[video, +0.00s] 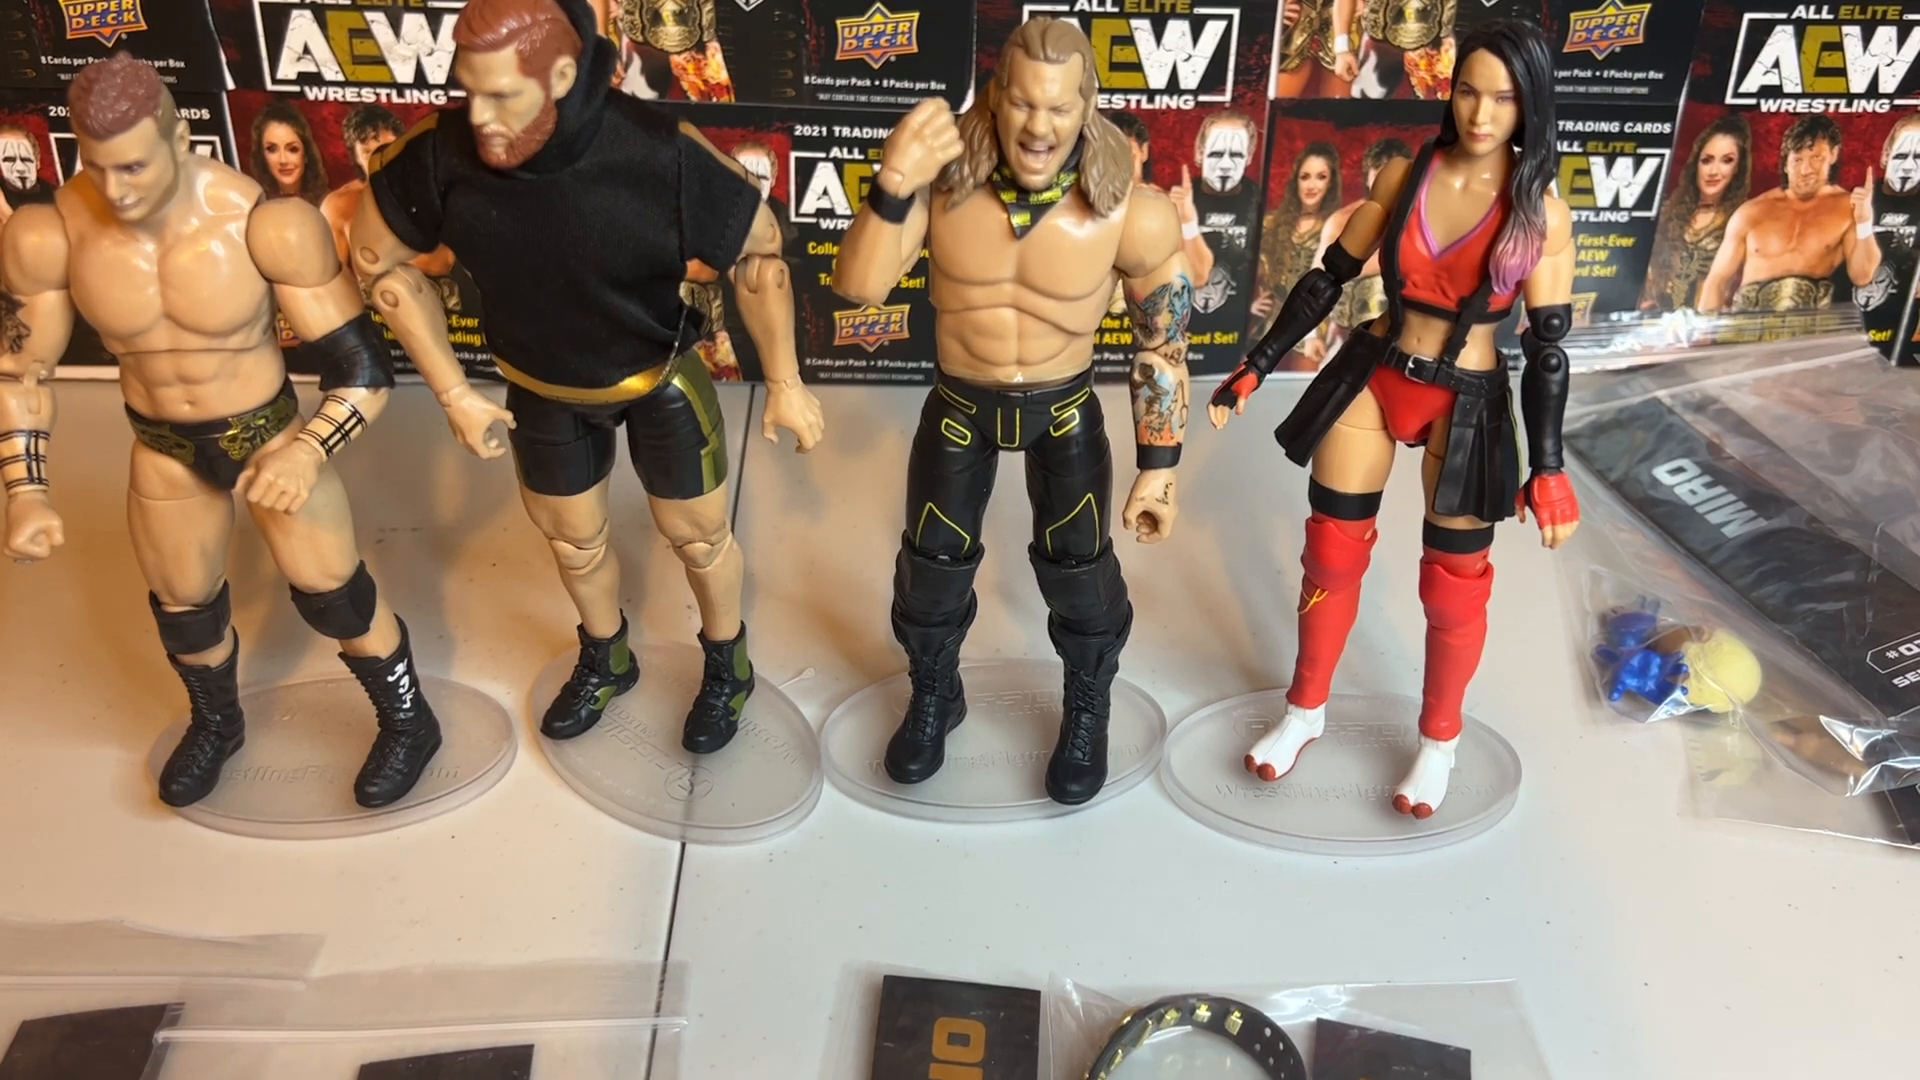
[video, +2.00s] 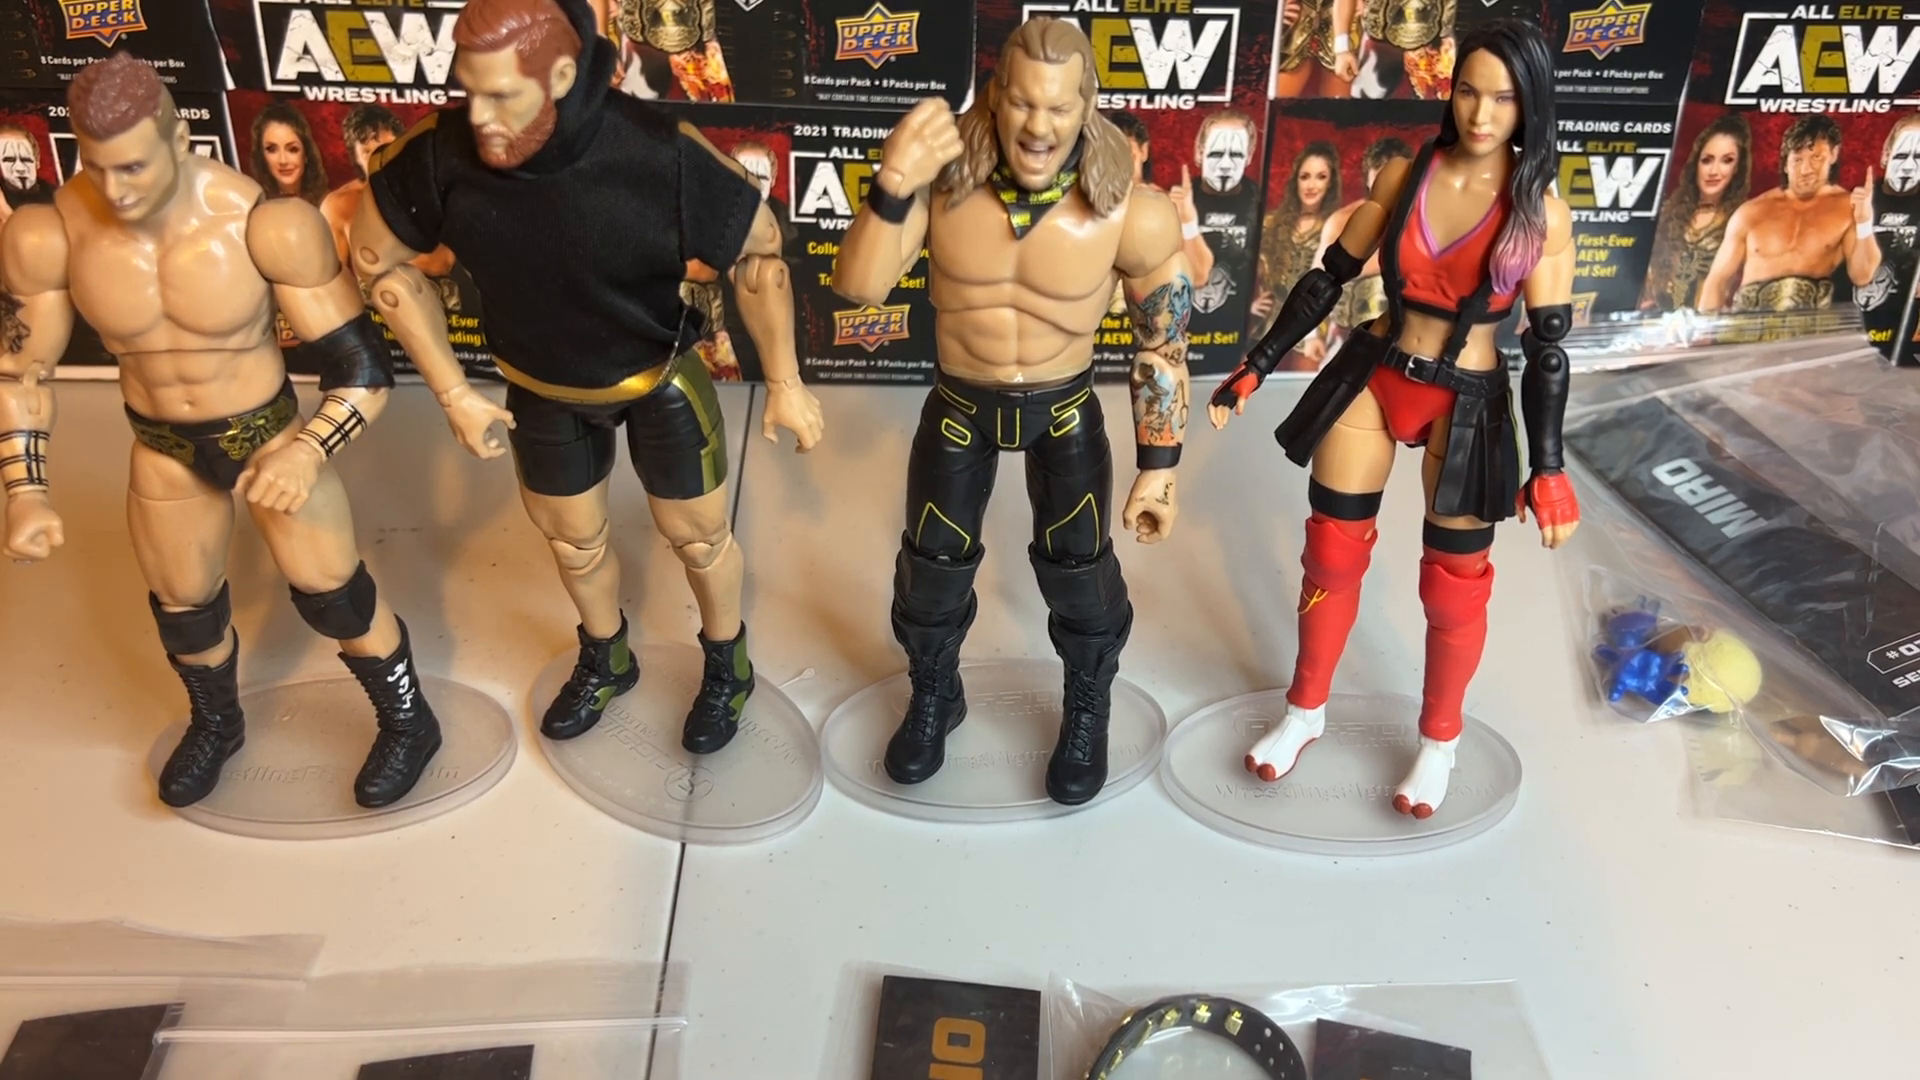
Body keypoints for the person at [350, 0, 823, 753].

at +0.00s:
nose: (480, 118)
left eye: (502, 96)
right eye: (468, 95)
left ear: (564, 76)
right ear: (456, 80)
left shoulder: (652, 153)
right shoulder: (443, 158)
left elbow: (756, 245)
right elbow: (373, 251)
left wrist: (784, 381)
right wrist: (453, 392)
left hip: (661, 382)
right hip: (543, 394)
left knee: (700, 541)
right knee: (575, 546)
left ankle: (726, 666)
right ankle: (607, 660)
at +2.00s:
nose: (480, 119)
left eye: (502, 96)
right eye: (468, 95)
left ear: (563, 76)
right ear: (456, 81)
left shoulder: (653, 155)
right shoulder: (442, 159)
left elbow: (757, 245)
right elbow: (372, 251)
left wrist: (784, 381)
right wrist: (453, 392)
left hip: (661, 381)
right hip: (541, 393)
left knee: (700, 540)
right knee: (575, 545)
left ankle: (726, 667)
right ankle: (607, 660)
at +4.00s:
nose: (481, 119)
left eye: (503, 96)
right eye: (468, 95)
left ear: (564, 76)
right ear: (456, 81)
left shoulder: (653, 155)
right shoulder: (443, 159)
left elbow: (757, 246)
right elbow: (372, 251)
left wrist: (784, 381)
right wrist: (452, 392)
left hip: (661, 382)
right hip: (542, 395)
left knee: (700, 540)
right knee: (575, 546)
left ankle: (726, 666)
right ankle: (607, 660)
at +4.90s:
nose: (481, 119)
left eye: (503, 96)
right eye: (468, 95)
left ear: (564, 76)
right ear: (457, 81)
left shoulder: (653, 155)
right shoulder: (442, 159)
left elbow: (757, 246)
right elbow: (373, 252)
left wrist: (784, 381)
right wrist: (452, 392)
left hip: (661, 382)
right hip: (542, 395)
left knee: (700, 541)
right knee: (575, 547)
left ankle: (726, 667)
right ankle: (607, 661)